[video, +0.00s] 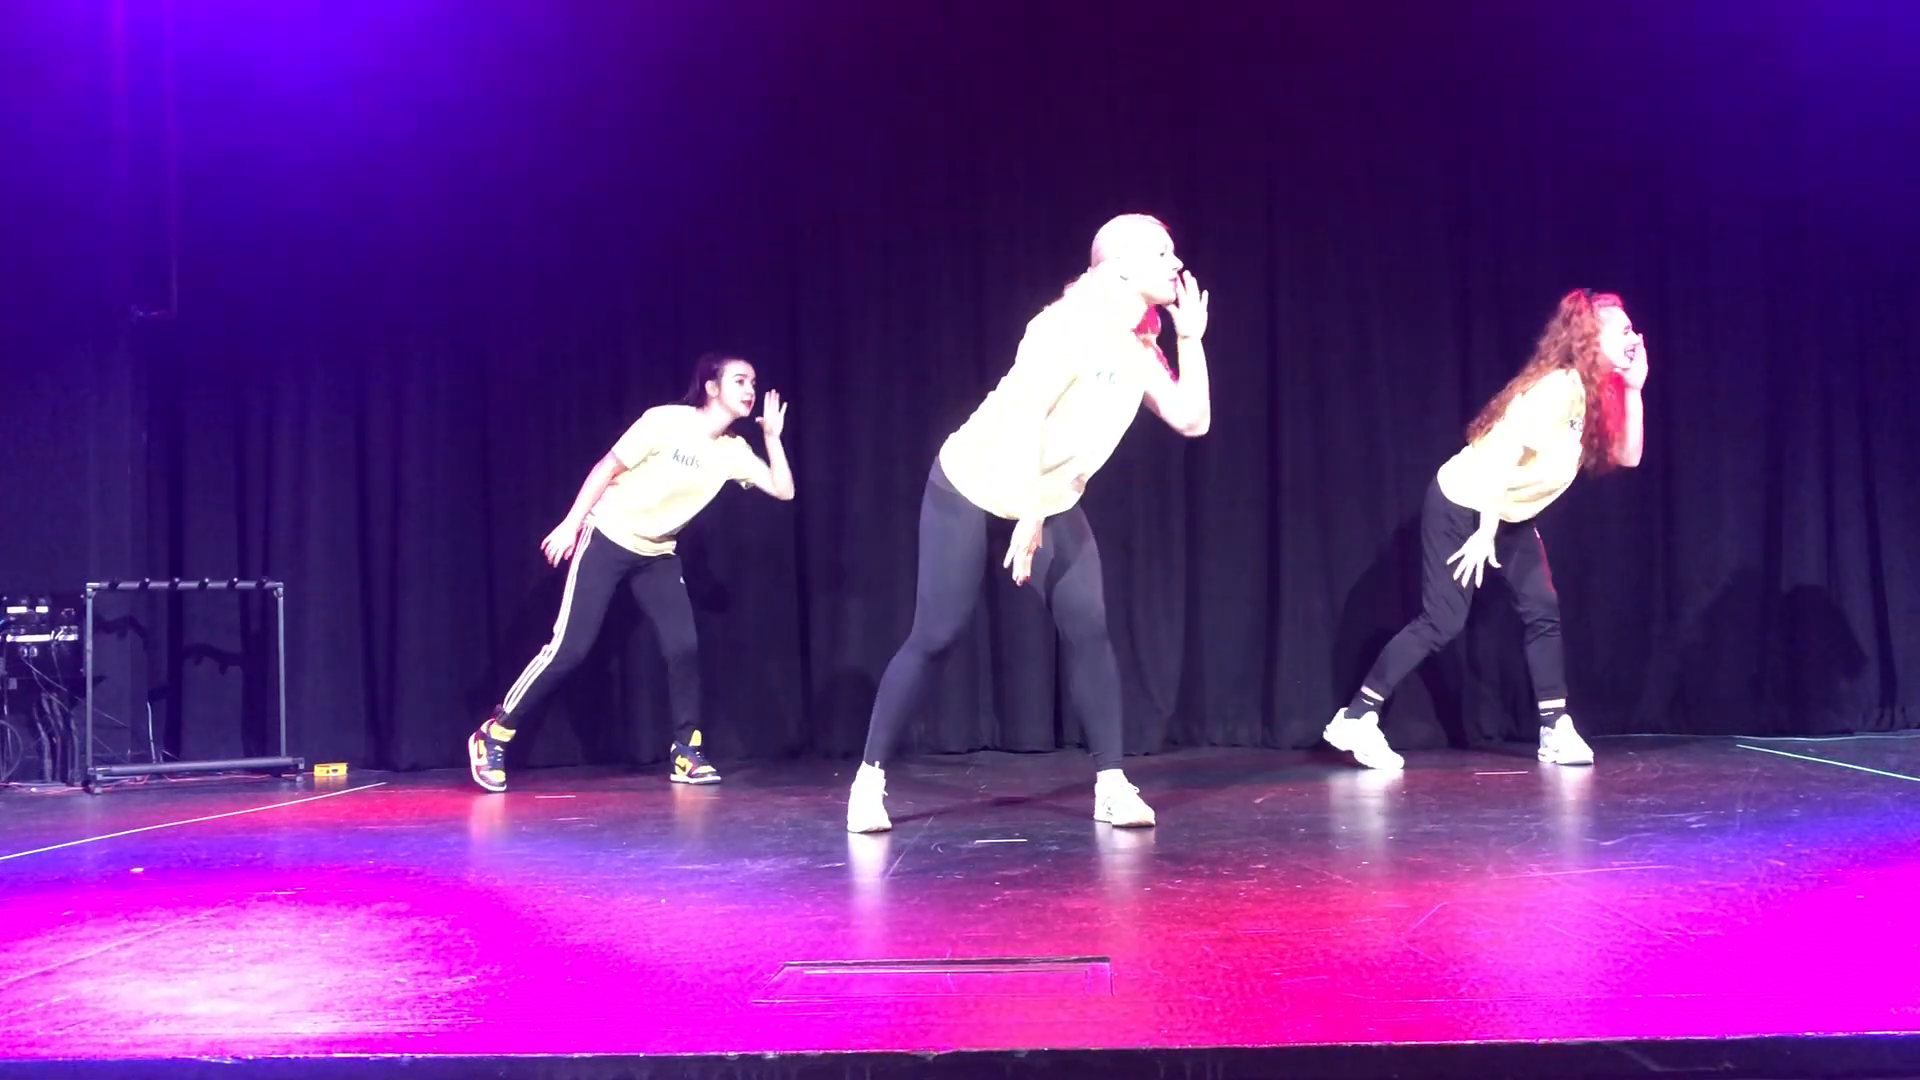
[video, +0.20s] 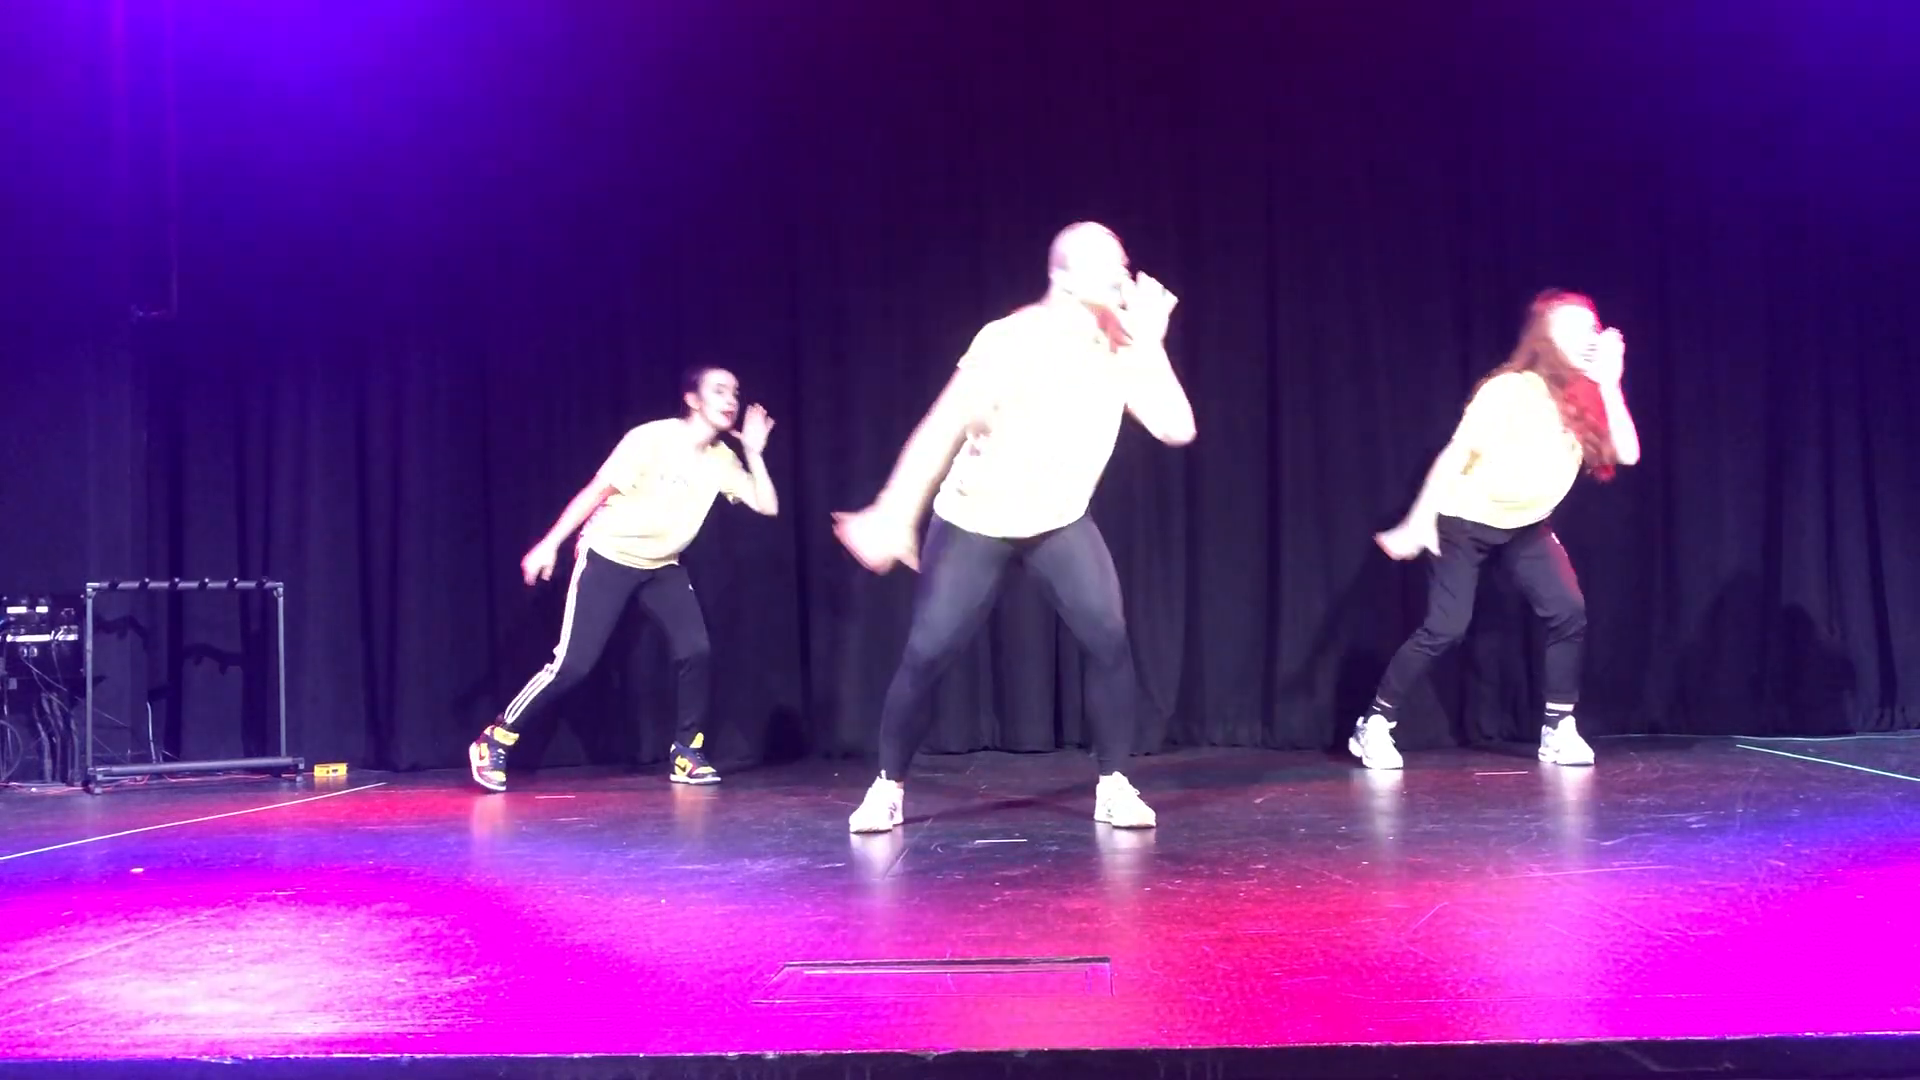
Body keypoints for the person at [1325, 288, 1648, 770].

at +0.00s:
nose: (1631, 339)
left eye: (1630, 330)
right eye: (1621, 331)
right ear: (1589, 338)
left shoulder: (1599, 394)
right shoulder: (1559, 386)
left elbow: (1627, 455)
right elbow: (1502, 447)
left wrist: (1634, 387)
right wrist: (1487, 526)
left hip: (1512, 513)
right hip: (1460, 502)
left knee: (1542, 613)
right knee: (1443, 618)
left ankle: (1555, 731)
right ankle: (1355, 718)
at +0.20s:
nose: (1588, 339)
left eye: (1592, 330)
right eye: (1575, 330)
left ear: (1598, 338)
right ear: (1545, 338)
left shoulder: (1586, 396)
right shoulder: (1506, 391)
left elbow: (1627, 453)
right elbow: (1454, 456)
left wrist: (1611, 383)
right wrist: (1418, 521)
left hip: (1527, 528)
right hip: (1463, 525)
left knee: (1567, 614)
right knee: (1446, 626)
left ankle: (1558, 731)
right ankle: (1374, 727)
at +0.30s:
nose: (1522, 329)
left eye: (1532, 317)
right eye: (1511, 319)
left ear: (1552, 323)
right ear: (1494, 328)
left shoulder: (1562, 382)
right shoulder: (1470, 380)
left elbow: (1599, 433)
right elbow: (1420, 442)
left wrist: (1562, 365)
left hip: (1528, 522)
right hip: (1458, 521)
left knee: (1565, 612)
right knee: (1437, 618)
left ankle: (1561, 730)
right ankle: (1386, 727)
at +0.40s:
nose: (1465, 322)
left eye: (1477, 312)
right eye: (1456, 313)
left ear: (1505, 315)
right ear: (1445, 321)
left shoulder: (1533, 360)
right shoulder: (1436, 371)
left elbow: (1549, 413)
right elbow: (1381, 431)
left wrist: (1501, 353)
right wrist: (1367, 379)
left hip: (1521, 509)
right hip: (1449, 513)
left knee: (1553, 610)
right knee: (1422, 616)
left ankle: (1574, 723)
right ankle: (1387, 728)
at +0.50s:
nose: (1419, 324)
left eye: (1430, 313)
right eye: (1413, 316)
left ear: (1460, 317)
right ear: (1407, 328)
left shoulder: (1495, 360)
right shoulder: (1403, 380)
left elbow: (1493, 416)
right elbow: (1349, 429)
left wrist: (1449, 356)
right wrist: (1369, 367)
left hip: (1506, 503)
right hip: (1441, 515)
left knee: (1533, 610)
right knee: (1416, 616)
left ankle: (1596, 718)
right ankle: (1388, 729)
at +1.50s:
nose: (1375, 408)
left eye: (1383, 394)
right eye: (1366, 399)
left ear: (1408, 391)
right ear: (1356, 406)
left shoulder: (1449, 415)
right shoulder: (1373, 443)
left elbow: (1473, 486)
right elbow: (1348, 516)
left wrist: (1403, 441)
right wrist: (1358, 454)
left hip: (1493, 523)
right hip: (1427, 532)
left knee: (1530, 616)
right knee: (1406, 624)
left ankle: (1574, 724)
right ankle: (1387, 730)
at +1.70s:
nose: (1452, 433)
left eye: (1462, 420)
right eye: (1440, 423)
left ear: (1483, 417)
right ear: (1421, 426)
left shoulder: (1510, 444)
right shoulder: (1409, 457)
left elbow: (1539, 517)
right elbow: (1396, 537)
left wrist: (1487, 469)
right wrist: (1428, 476)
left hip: (1497, 534)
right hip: (1429, 538)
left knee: (1532, 617)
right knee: (1408, 622)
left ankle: (1574, 726)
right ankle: (1386, 730)